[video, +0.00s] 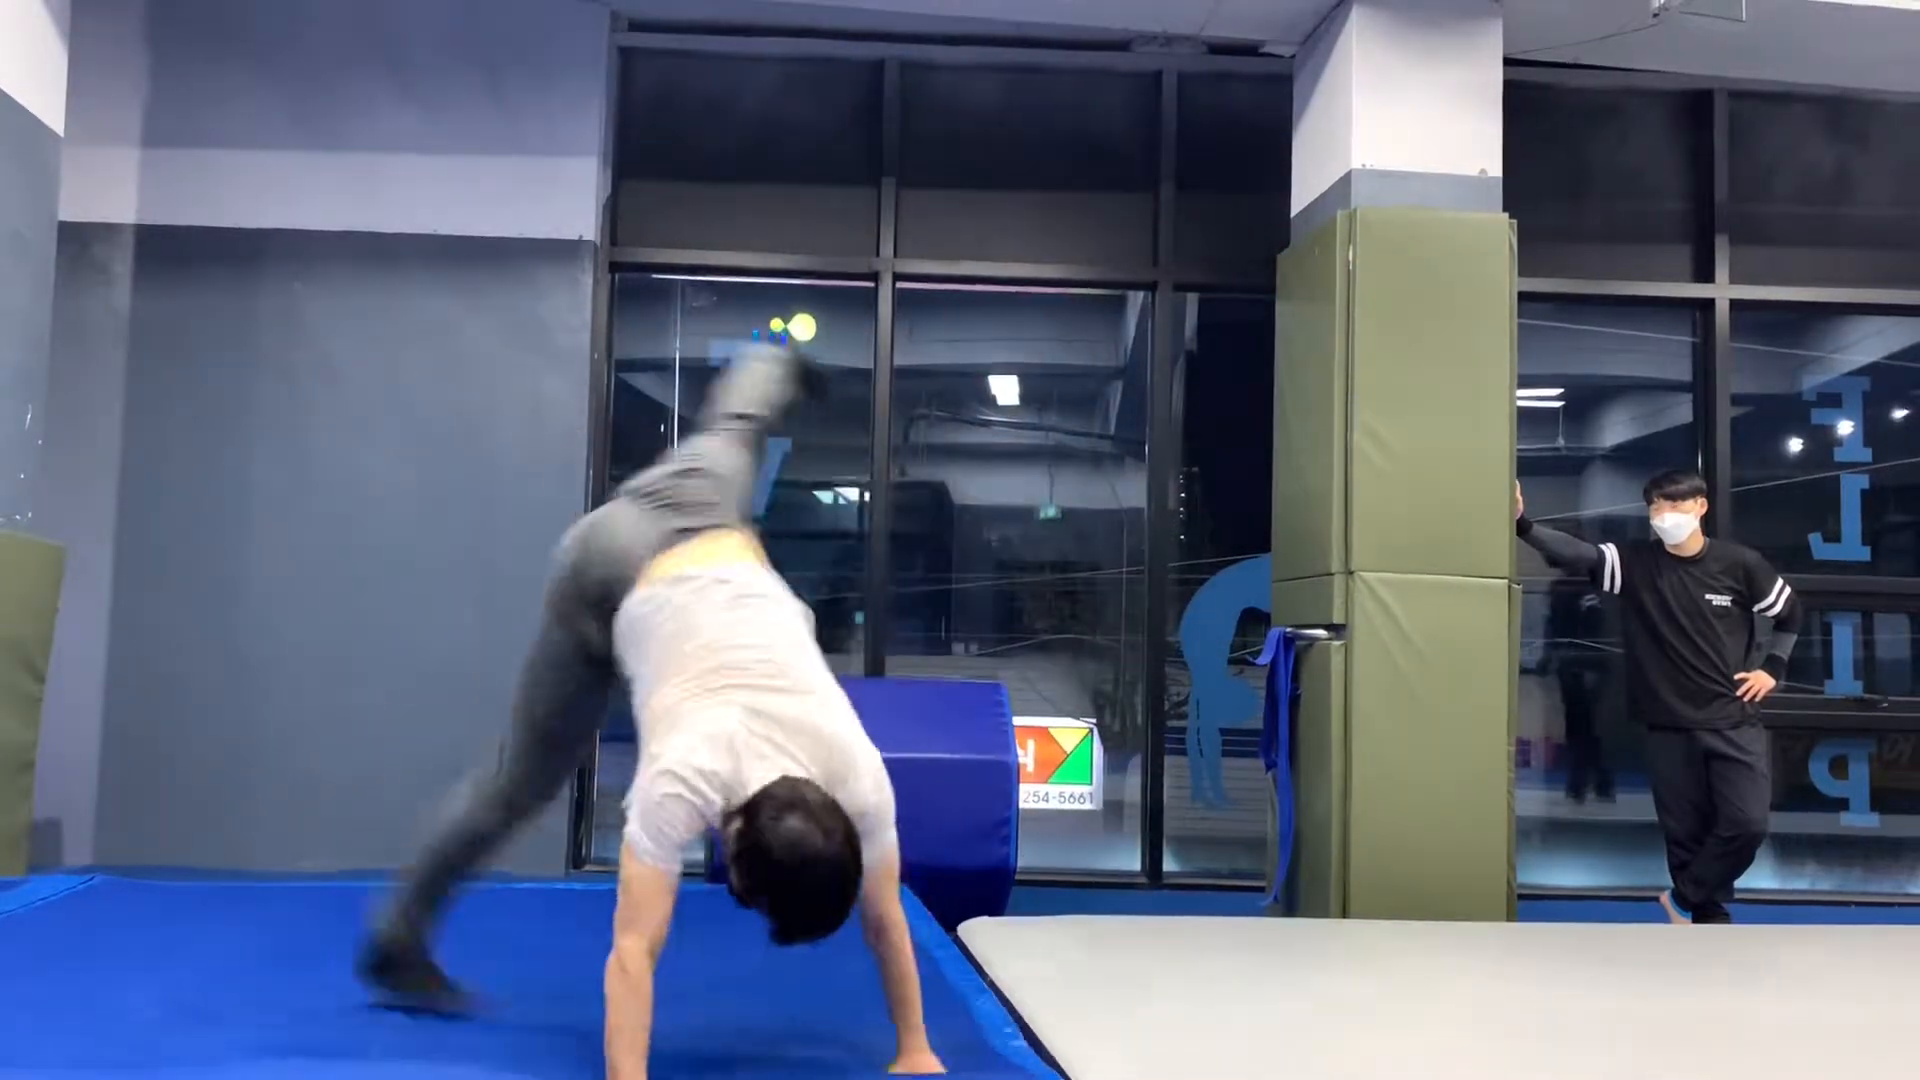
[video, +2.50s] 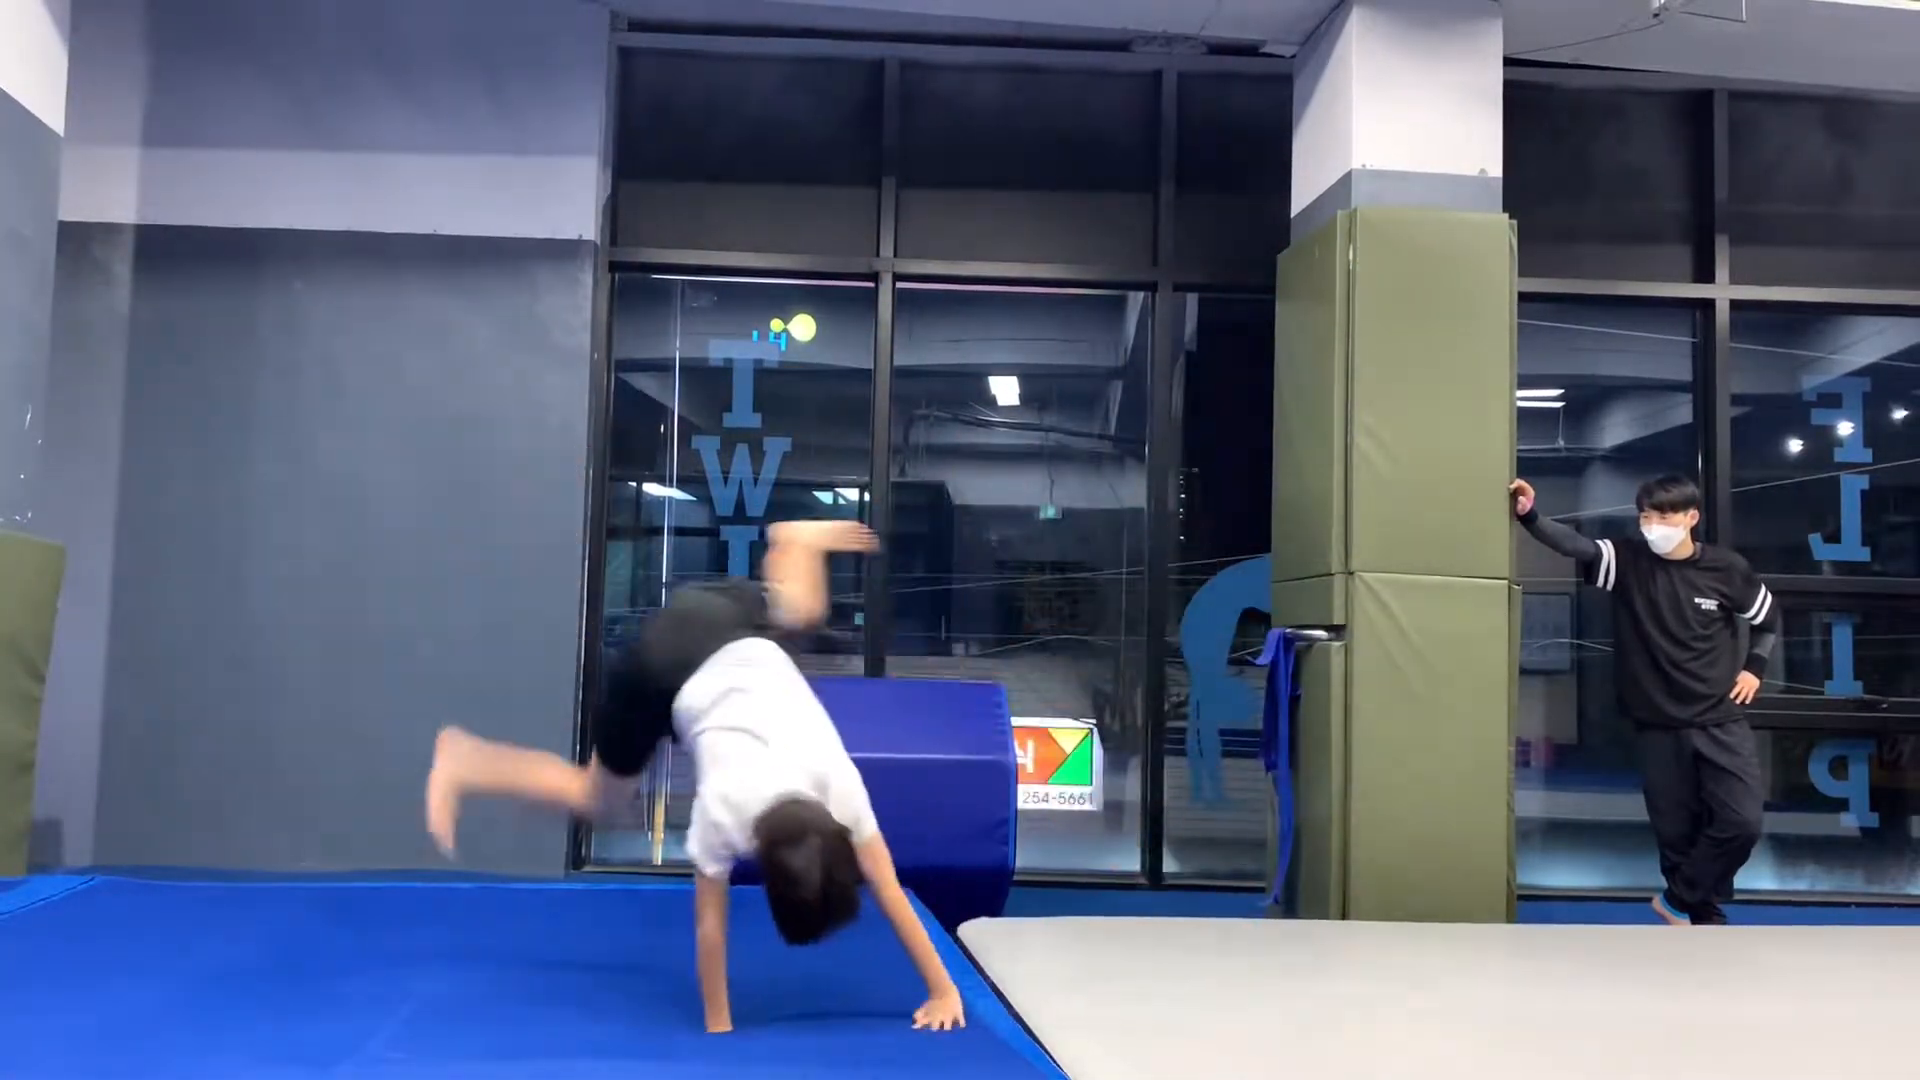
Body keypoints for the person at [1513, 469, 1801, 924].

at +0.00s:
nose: (1663, 511)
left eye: (1675, 501)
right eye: (1657, 502)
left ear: (1701, 507)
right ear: (1649, 510)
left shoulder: (1741, 564)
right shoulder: (1634, 562)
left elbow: (1790, 615)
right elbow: (1576, 553)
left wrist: (1771, 669)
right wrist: (1523, 525)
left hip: (1733, 719)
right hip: (1668, 724)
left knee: (1748, 824)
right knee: (1683, 834)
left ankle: (1685, 899)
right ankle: (1716, 930)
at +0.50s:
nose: (1661, 512)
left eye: (1674, 503)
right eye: (1656, 503)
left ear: (1699, 510)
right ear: (1649, 509)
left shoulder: (1738, 564)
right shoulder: (1633, 562)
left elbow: (1789, 614)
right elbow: (1577, 553)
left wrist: (1770, 669)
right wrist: (1524, 527)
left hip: (1732, 719)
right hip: (1668, 723)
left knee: (1748, 825)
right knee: (1683, 834)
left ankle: (1684, 899)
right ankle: (1716, 932)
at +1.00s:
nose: (1655, 522)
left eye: (1665, 511)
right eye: (1647, 513)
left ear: (1689, 513)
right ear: (1637, 517)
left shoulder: (1726, 565)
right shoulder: (1628, 558)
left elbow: (1780, 610)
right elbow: (1578, 544)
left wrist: (1768, 665)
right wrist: (1531, 516)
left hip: (1725, 721)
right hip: (1662, 724)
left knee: (1742, 824)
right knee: (1677, 834)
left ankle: (1679, 901)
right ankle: (1709, 927)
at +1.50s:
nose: (1649, 525)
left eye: (1660, 515)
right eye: (1643, 516)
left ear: (1687, 514)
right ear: (1637, 518)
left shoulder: (1728, 567)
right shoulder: (1627, 559)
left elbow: (1770, 616)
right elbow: (1579, 545)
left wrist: (1757, 664)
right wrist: (1531, 517)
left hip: (1723, 719)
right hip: (1660, 723)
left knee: (1742, 823)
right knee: (1676, 831)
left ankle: (1676, 900)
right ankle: (1709, 923)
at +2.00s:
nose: (1650, 524)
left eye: (1661, 514)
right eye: (1644, 515)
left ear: (1689, 515)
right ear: (1638, 517)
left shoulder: (1727, 567)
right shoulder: (1627, 558)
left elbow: (1768, 618)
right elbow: (1578, 545)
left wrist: (1756, 666)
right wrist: (1531, 517)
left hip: (1723, 719)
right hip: (1660, 724)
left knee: (1742, 824)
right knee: (1675, 833)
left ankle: (1676, 901)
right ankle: (1710, 926)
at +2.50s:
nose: (1650, 525)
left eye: (1663, 516)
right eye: (1646, 515)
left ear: (1691, 518)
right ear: (1640, 517)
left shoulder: (1726, 569)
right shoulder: (1627, 559)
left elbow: (1768, 619)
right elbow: (1578, 545)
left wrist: (1755, 669)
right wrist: (1531, 517)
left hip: (1722, 720)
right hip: (1659, 724)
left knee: (1741, 824)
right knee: (1675, 833)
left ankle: (1676, 900)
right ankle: (1709, 924)